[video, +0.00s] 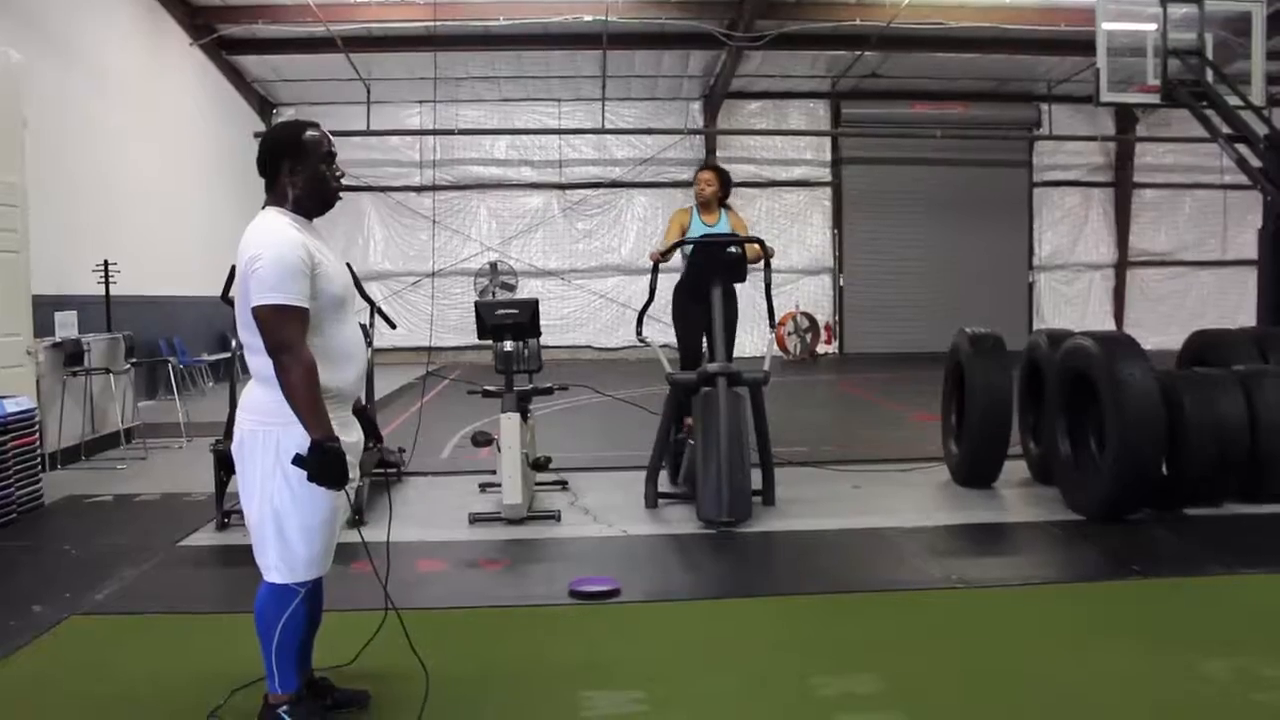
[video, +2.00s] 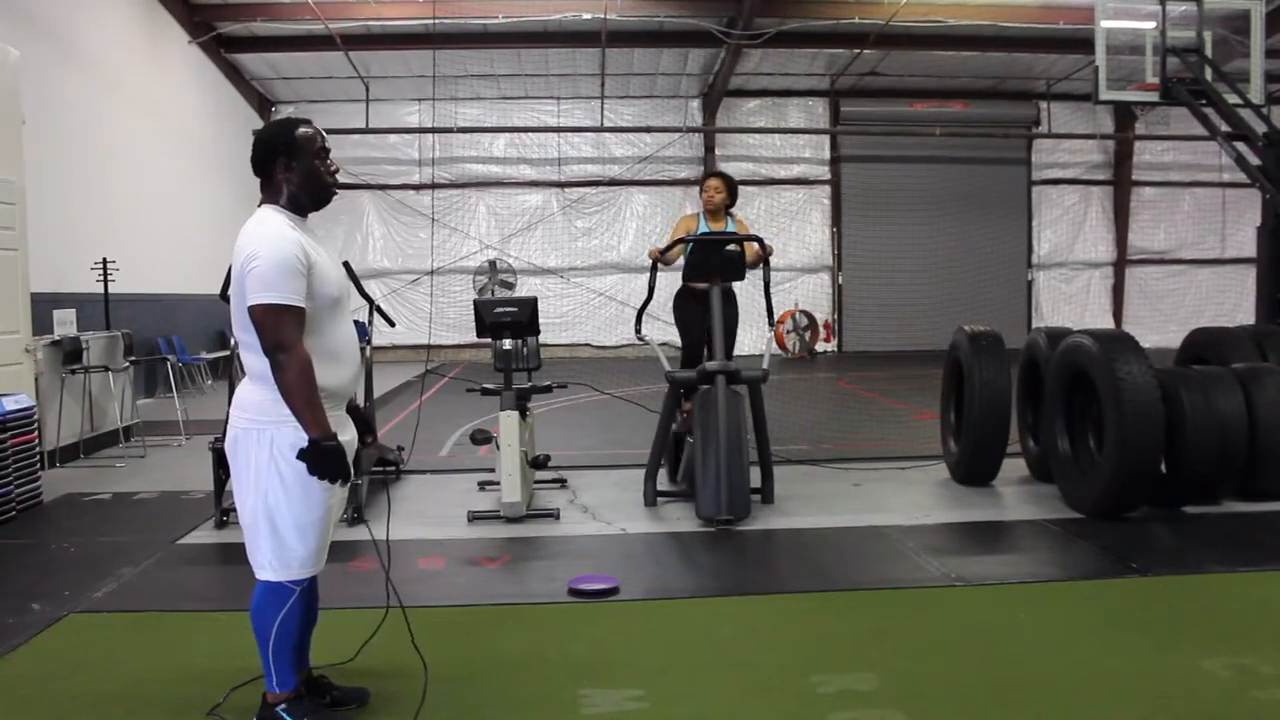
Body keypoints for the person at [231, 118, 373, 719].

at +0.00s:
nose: (339, 172)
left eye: (335, 161)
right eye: (326, 161)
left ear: (297, 173)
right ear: (291, 171)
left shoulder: (298, 238)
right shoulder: (275, 241)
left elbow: (324, 341)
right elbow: (286, 351)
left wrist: (361, 412)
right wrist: (323, 439)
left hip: (308, 428)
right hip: (285, 431)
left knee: (307, 567)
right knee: (289, 572)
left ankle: (299, 682)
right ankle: (285, 698)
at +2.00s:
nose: (335, 166)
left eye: (330, 155)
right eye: (321, 156)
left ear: (291, 171)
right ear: (286, 169)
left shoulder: (297, 237)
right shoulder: (272, 239)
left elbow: (318, 339)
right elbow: (281, 349)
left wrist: (352, 408)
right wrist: (320, 435)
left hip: (303, 428)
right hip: (278, 432)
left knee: (301, 565)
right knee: (284, 570)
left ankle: (298, 679)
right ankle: (280, 698)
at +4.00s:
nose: (336, 165)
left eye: (331, 154)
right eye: (323, 156)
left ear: (292, 171)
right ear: (288, 169)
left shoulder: (296, 238)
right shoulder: (274, 242)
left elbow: (312, 345)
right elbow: (283, 353)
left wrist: (350, 411)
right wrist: (318, 441)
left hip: (301, 429)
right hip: (278, 432)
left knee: (301, 566)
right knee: (284, 572)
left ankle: (297, 680)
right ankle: (281, 698)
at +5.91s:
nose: (338, 167)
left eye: (334, 156)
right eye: (325, 157)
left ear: (295, 171)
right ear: (291, 170)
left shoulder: (298, 237)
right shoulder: (276, 240)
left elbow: (312, 343)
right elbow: (285, 348)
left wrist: (350, 409)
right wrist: (321, 437)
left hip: (299, 428)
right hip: (276, 432)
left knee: (299, 566)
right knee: (283, 571)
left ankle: (296, 680)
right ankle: (281, 697)